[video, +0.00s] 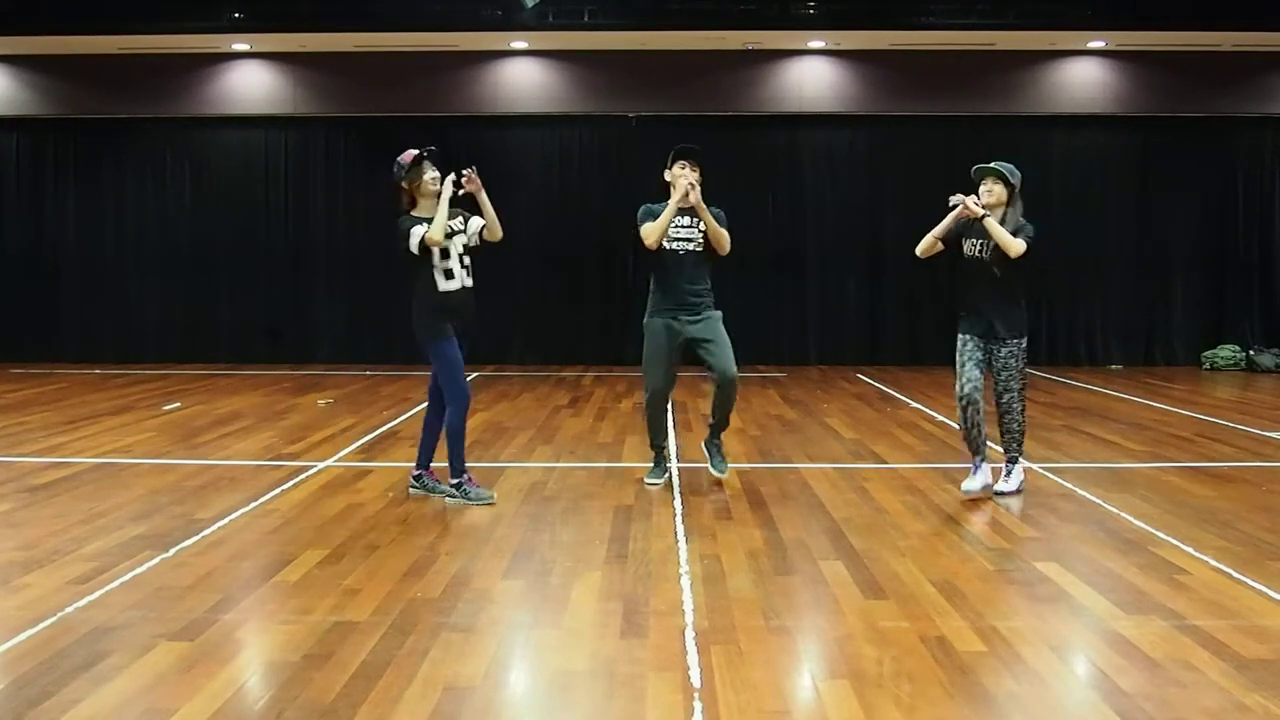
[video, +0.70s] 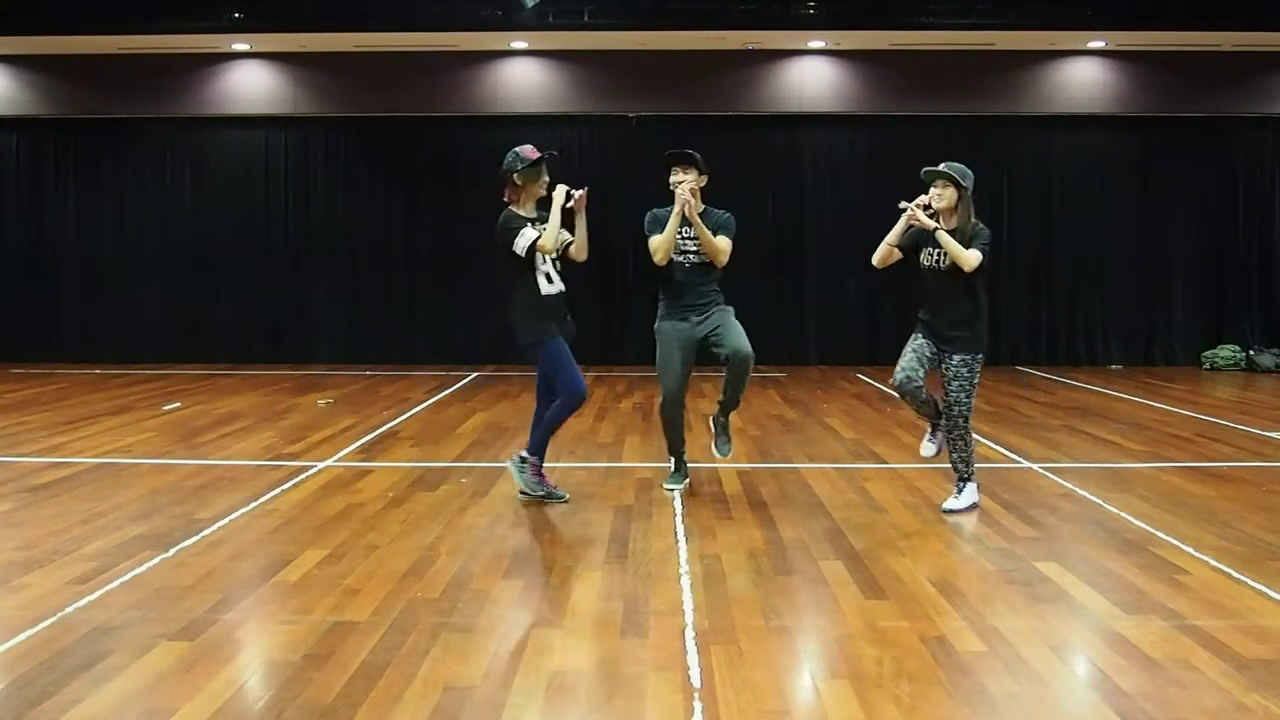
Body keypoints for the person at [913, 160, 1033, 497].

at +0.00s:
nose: (985, 188)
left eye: (993, 184)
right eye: (982, 183)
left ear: (1009, 192)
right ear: (977, 191)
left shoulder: (1020, 226)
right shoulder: (966, 222)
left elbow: (1015, 249)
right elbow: (922, 251)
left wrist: (982, 216)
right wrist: (951, 218)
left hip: (1009, 328)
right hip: (971, 325)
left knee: (1008, 399)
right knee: (967, 394)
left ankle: (1013, 466)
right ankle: (979, 466)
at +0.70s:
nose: (935, 192)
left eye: (944, 187)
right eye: (933, 187)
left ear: (961, 193)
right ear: (930, 194)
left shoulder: (977, 232)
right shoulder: (923, 233)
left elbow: (970, 262)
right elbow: (880, 261)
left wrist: (933, 227)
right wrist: (904, 223)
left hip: (965, 338)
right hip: (928, 330)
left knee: (957, 419)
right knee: (905, 381)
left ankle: (966, 485)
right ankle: (939, 422)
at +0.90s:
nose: (921, 176)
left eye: (930, 173)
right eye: (920, 172)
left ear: (948, 184)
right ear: (916, 185)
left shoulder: (959, 222)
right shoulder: (906, 220)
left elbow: (944, 242)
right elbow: (855, 246)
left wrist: (914, 205)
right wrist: (884, 209)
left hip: (949, 331)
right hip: (910, 327)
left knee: (953, 406)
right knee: (892, 393)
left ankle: (963, 480)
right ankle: (911, 469)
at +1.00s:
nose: (909, 190)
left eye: (918, 185)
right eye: (908, 184)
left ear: (938, 192)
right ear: (906, 193)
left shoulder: (952, 233)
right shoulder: (897, 231)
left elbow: (931, 261)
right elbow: (850, 260)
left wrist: (902, 220)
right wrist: (877, 220)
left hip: (934, 339)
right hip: (897, 338)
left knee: (919, 415)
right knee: (896, 419)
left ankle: (953, 470)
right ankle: (914, 492)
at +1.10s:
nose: (901, 197)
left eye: (910, 191)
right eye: (898, 191)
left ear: (928, 197)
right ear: (894, 198)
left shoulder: (944, 240)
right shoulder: (888, 237)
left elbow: (931, 271)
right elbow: (842, 267)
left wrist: (898, 231)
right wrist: (868, 228)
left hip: (922, 342)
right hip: (886, 341)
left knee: (884, 403)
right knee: (888, 423)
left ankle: (929, 444)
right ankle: (915, 494)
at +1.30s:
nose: (889, 171)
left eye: (898, 168)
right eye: (886, 166)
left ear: (913, 181)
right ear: (877, 175)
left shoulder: (918, 215)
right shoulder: (864, 214)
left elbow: (928, 240)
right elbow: (813, 240)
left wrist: (891, 203)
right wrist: (847, 202)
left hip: (905, 322)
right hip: (872, 322)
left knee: (857, 382)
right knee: (893, 406)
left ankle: (884, 458)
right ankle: (914, 486)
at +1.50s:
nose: (858, 192)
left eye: (867, 186)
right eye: (856, 186)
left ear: (887, 191)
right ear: (851, 192)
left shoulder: (901, 234)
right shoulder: (846, 232)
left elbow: (894, 262)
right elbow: (801, 264)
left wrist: (863, 220)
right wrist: (826, 219)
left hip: (877, 345)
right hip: (843, 342)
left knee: (860, 425)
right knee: (837, 426)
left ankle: (865, 506)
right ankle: (892, 469)